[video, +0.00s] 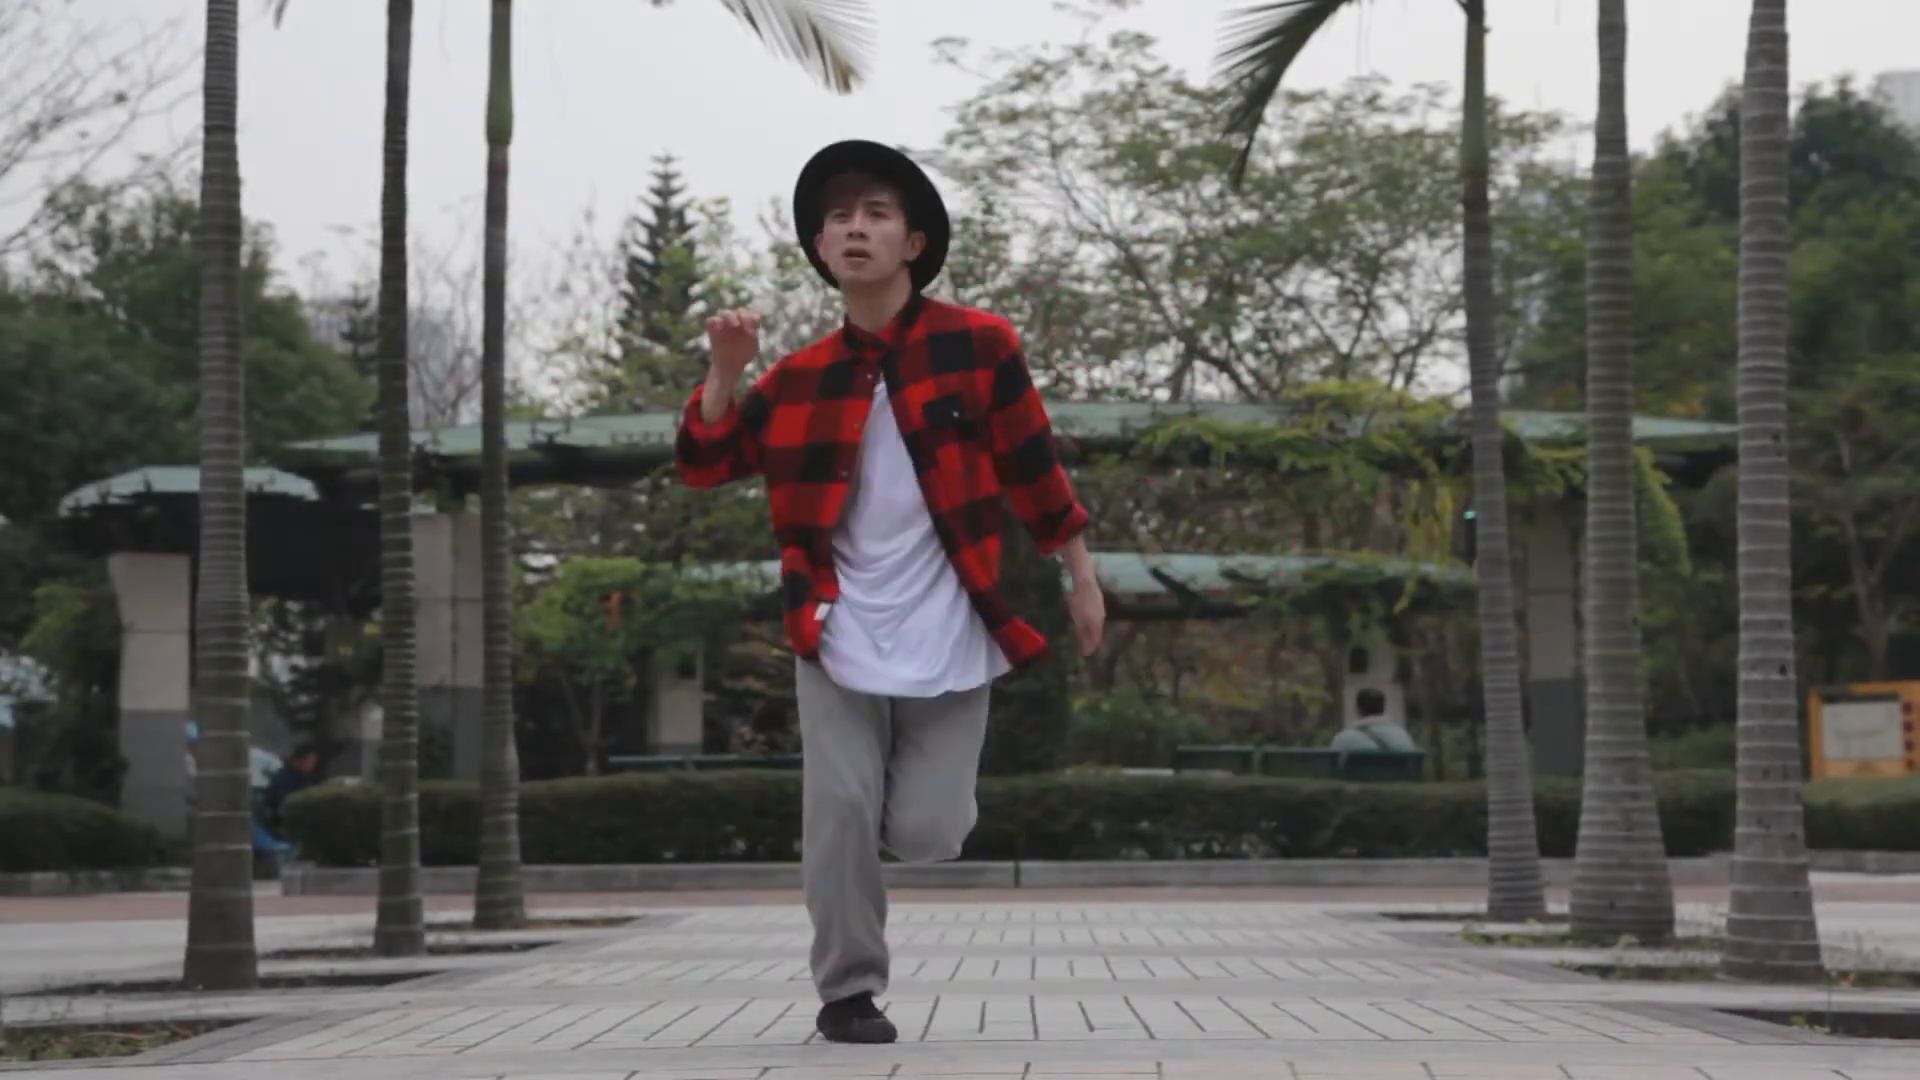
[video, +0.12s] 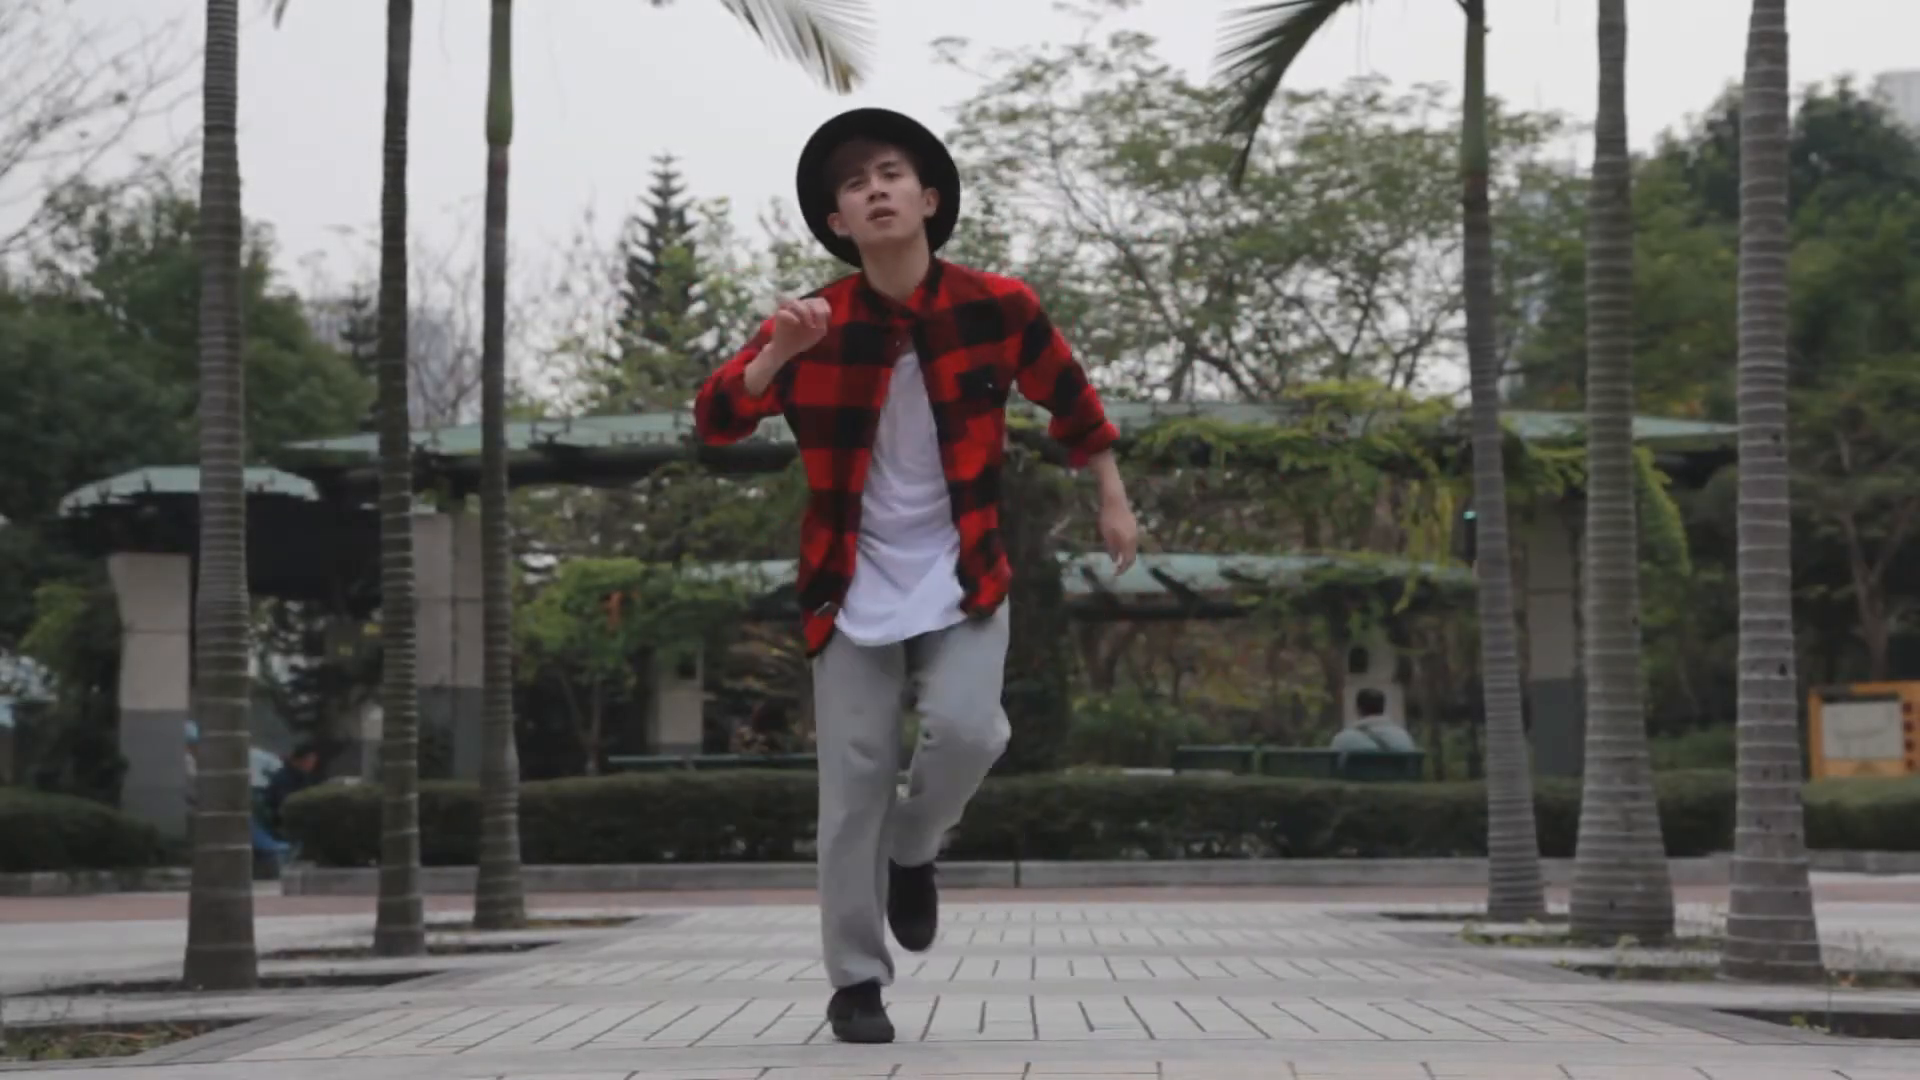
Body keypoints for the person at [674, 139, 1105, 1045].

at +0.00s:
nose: (854, 226)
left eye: (877, 212)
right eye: (838, 214)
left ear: (917, 242)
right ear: (817, 248)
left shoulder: (978, 347)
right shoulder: (798, 377)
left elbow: (1032, 464)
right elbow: (702, 465)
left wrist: (1081, 572)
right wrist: (722, 377)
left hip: (953, 627)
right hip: (841, 626)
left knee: (928, 838)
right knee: (842, 811)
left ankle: (863, 801)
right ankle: (849, 993)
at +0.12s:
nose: (877, 189)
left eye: (893, 173)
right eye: (856, 183)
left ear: (933, 196)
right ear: (836, 220)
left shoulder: (997, 306)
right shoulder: (813, 320)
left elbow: (1069, 394)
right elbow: (714, 427)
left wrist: (1114, 497)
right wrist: (773, 356)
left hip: (962, 575)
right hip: (853, 583)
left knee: (968, 732)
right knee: (856, 782)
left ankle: (909, 850)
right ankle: (854, 979)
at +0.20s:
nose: (905, 181)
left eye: (919, 162)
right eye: (880, 173)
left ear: (955, 183)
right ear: (858, 210)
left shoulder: (1009, 292)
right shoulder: (830, 306)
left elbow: (1096, 351)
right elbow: (772, 402)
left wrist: (1152, 449)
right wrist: (839, 393)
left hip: (968, 557)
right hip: (860, 566)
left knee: (991, 728)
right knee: (876, 759)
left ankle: (962, 940)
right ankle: (905, 952)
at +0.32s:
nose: (950, 210)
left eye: (964, 191)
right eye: (924, 200)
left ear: (991, 209)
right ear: (893, 234)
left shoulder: (1021, 324)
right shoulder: (874, 331)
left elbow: (1106, 392)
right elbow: (883, 447)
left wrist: (1180, 451)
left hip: (964, 571)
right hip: (857, 584)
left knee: (1001, 762)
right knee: (885, 794)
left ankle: (1056, 969)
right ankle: (931, 970)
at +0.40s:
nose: (974, 228)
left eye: (987, 210)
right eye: (947, 218)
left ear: (1010, 232)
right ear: (914, 253)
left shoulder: (1026, 356)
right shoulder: (892, 355)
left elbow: (1061, 470)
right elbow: (918, 493)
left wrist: (1113, 476)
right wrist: (951, 618)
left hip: (976, 607)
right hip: (869, 617)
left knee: (1011, 775)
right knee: (892, 809)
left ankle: (1064, 969)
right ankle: (927, 975)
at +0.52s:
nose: (992, 245)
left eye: (1009, 232)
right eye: (970, 231)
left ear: (1029, 264)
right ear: (933, 261)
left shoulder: (1028, 382)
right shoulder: (870, 358)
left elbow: (1015, 521)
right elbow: (806, 482)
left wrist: (1005, 447)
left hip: (976, 617)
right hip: (859, 615)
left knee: (1032, 786)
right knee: (866, 772)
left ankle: (1054, 975)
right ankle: (874, 902)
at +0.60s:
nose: (963, 214)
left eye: (985, 205)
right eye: (945, 196)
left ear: (1004, 242)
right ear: (906, 217)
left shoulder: (1004, 349)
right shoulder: (824, 307)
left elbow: (996, 486)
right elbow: (724, 383)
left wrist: (982, 393)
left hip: (929, 561)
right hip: (822, 548)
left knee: (988, 769)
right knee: (833, 724)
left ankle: (1023, 977)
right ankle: (809, 869)